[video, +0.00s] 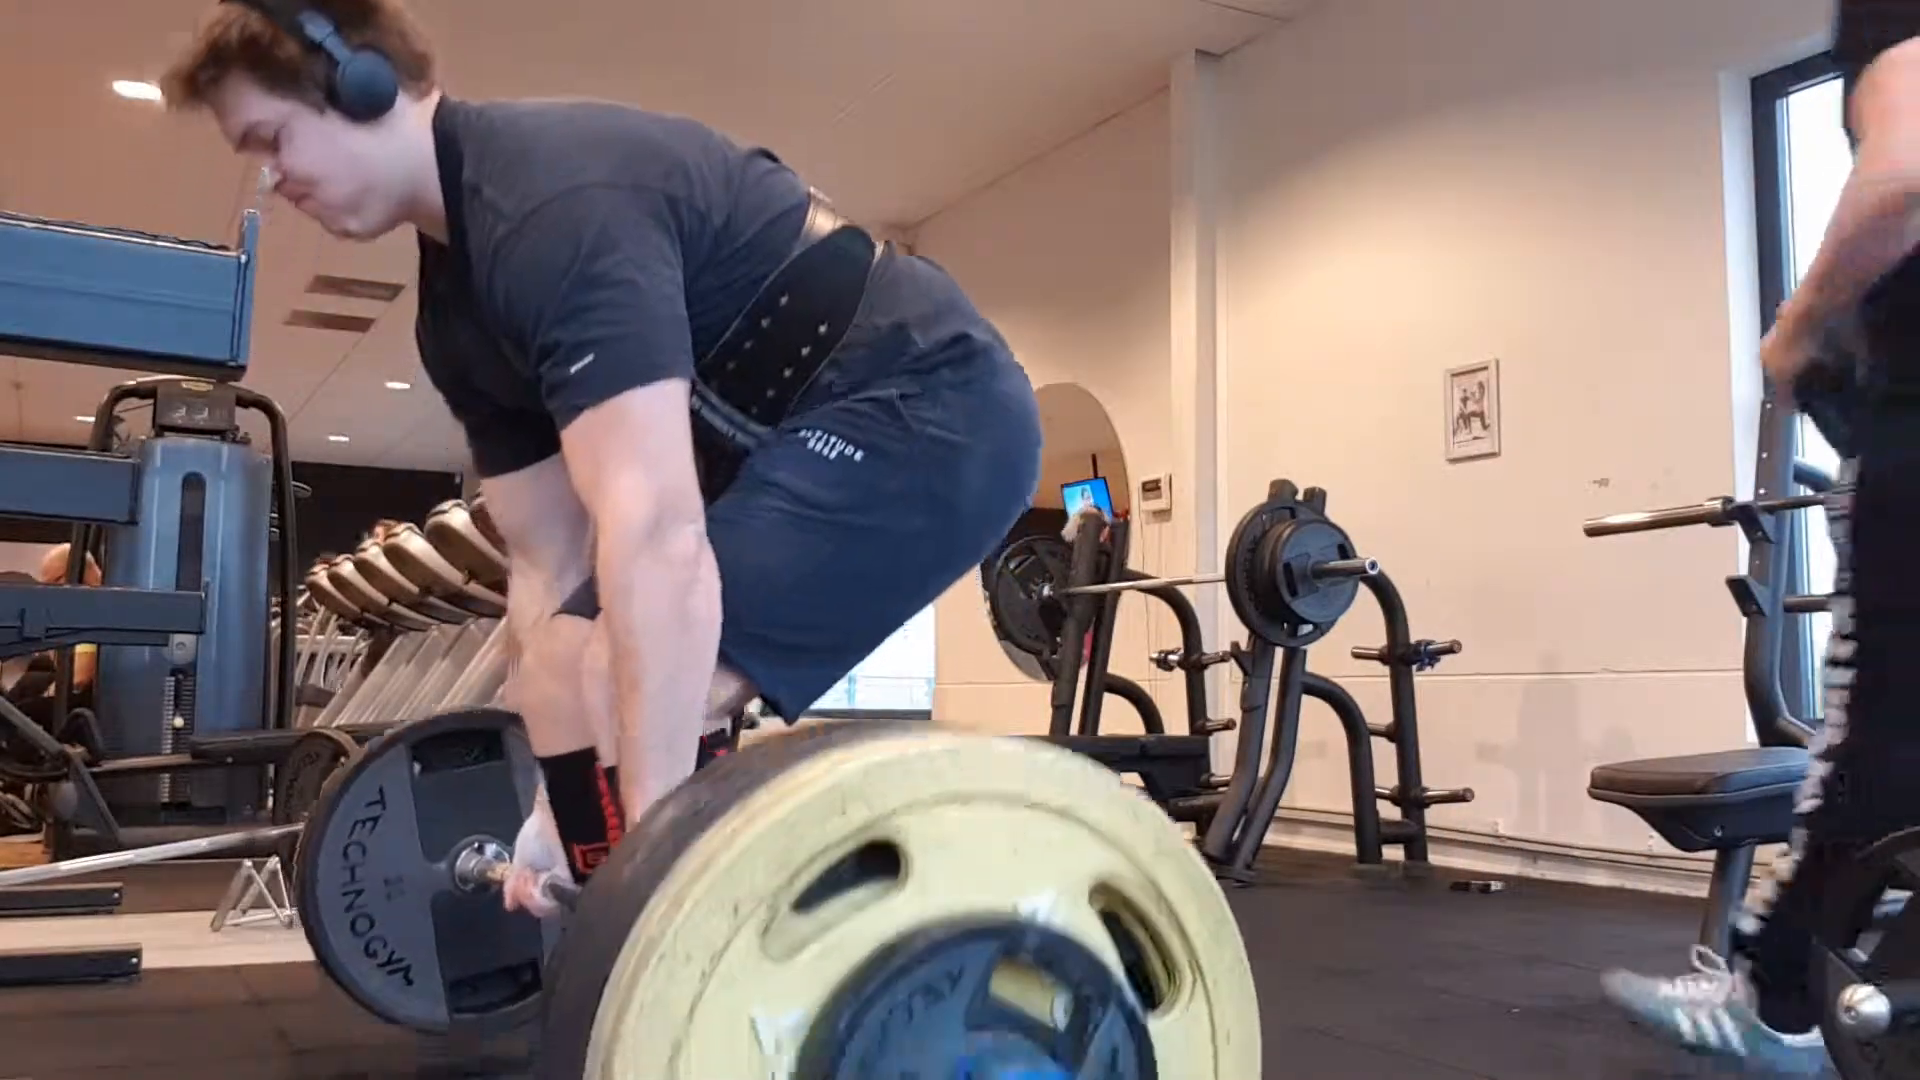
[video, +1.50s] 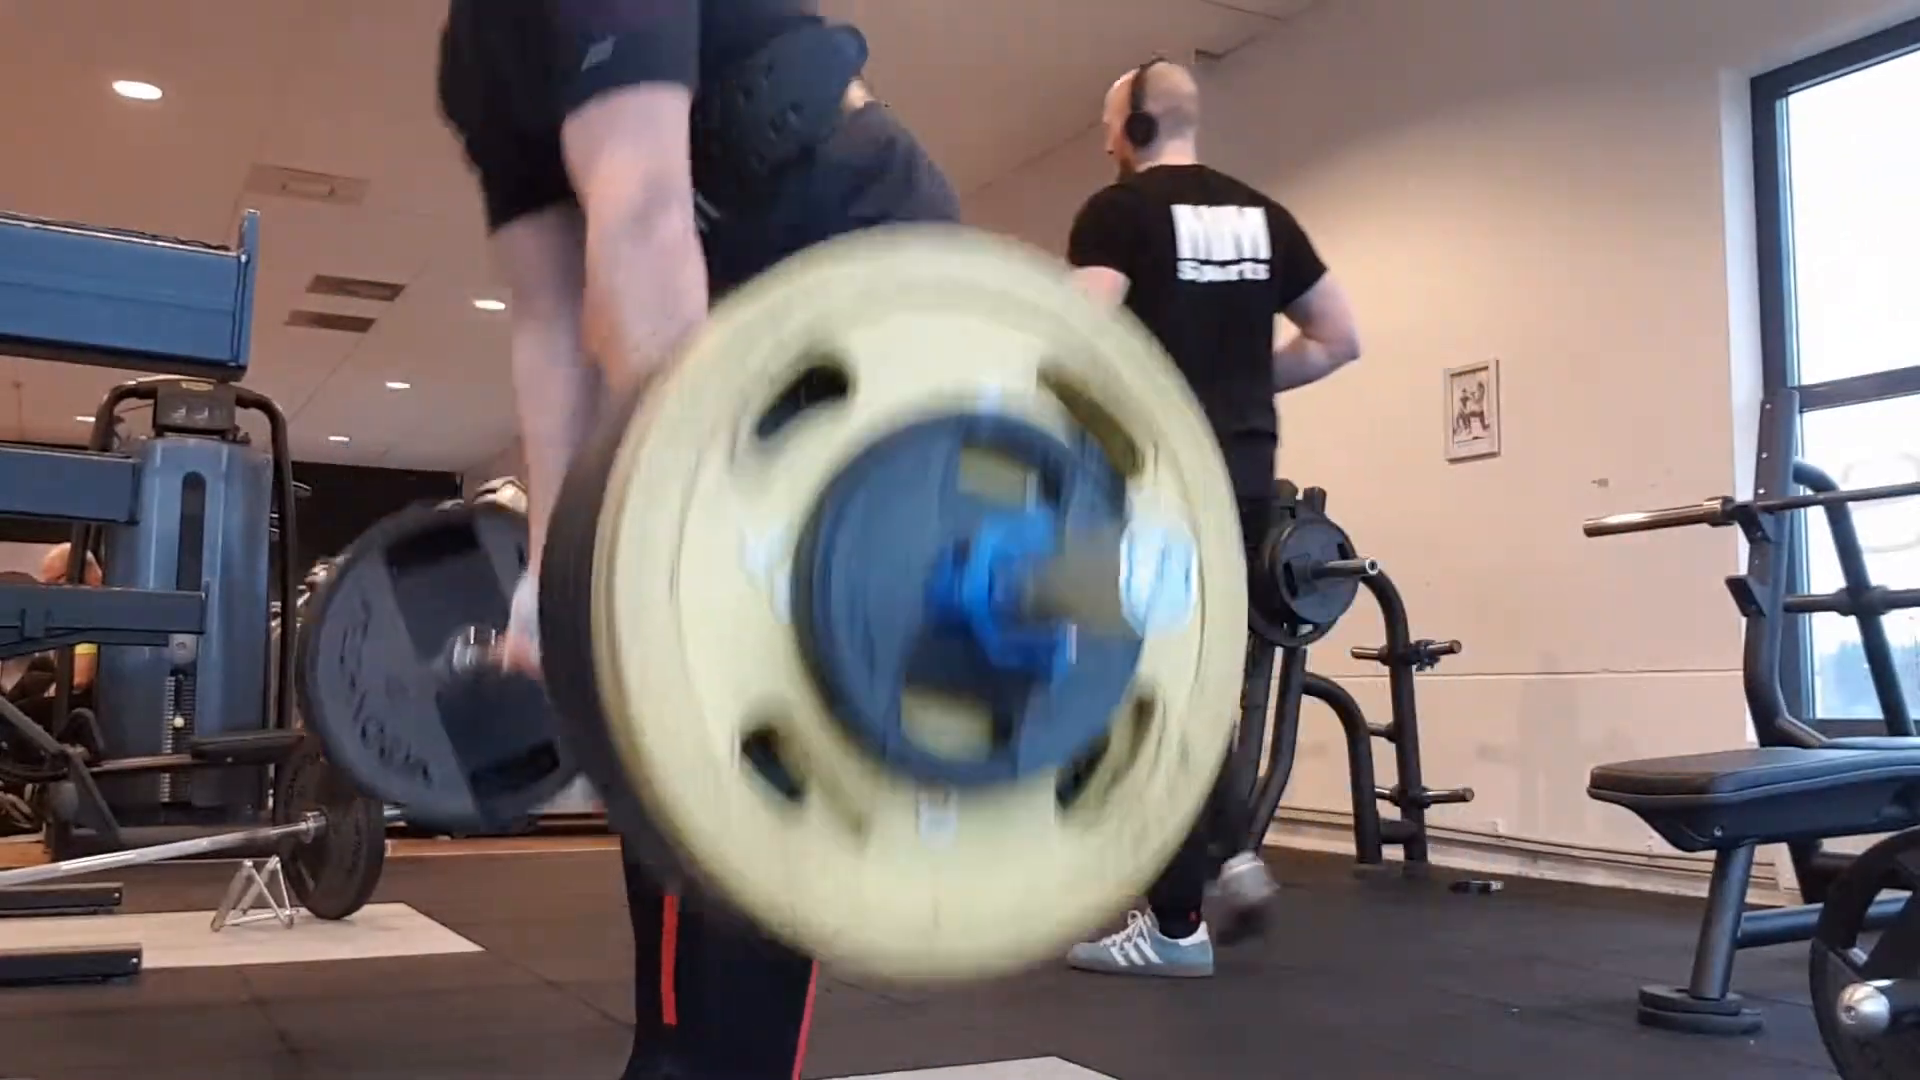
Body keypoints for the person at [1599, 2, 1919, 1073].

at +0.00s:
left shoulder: (1883, 14)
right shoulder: (1877, 25)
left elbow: (1896, 183)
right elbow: (1894, 184)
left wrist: (1801, 319)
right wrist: (1820, 316)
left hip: (1903, 429)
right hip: (1895, 425)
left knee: (1874, 709)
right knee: (1874, 704)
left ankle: (1784, 996)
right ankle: (1783, 987)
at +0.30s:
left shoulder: (1670, 36)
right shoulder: (1866, 38)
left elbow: (1640, 250)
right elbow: (1900, 226)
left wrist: (1615, 351)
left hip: (1739, 400)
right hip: (1864, 394)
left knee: (1731, 697)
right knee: (1772, 661)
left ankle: (1754, 1017)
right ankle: (1885, 833)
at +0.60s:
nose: (1502, 35)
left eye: (1501, 26)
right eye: (1509, 28)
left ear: (1520, 19)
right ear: (1613, 12)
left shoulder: (1510, 95)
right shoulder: (1706, 96)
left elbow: (1425, 300)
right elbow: (1807, 250)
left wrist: (1440, 380)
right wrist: (1690, 316)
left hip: (1573, 427)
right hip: (1687, 428)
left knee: (1635, 704)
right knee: (1581, 686)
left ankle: (1746, 1007)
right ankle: (1500, 939)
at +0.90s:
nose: (1370, 61)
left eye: (1375, 42)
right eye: (1373, 43)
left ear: (1405, 40)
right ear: (1470, 43)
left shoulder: (1405, 135)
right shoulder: (1542, 147)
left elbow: (1364, 313)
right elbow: (1617, 298)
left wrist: (1321, 385)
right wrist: (1515, 341)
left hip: (1427, 441)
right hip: (1525, 441)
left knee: (1339, 649)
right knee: (1477, 679)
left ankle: (1494, 867)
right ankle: (1477, 948)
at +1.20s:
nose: (1237, 123)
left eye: (1241, 108)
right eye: (1240, 106)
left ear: (1267, 109)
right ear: (1327, 108)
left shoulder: (1272, 190)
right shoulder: (1395, 201)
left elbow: (1269, 353)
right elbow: (1459, 341)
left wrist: (1206, 430)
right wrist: (1360, 377)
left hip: (1287, 488)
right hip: (1385, 482)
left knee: (1253, 706)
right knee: (1387, 700)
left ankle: (1187, 923)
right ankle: (1466, 939)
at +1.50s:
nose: (1104, 139)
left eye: (1107, 127)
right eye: (1109, 125)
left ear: (1125, 130)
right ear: (1193, 129)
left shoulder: (1116, 208)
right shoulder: (1263, 213)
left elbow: (1080, 327)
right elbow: (1336, 340)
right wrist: (1254, 375)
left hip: (1159, 476)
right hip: (1246, 475)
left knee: (1161, 681)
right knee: (1210, 677)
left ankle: (1175, 924)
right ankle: (1230, 855)